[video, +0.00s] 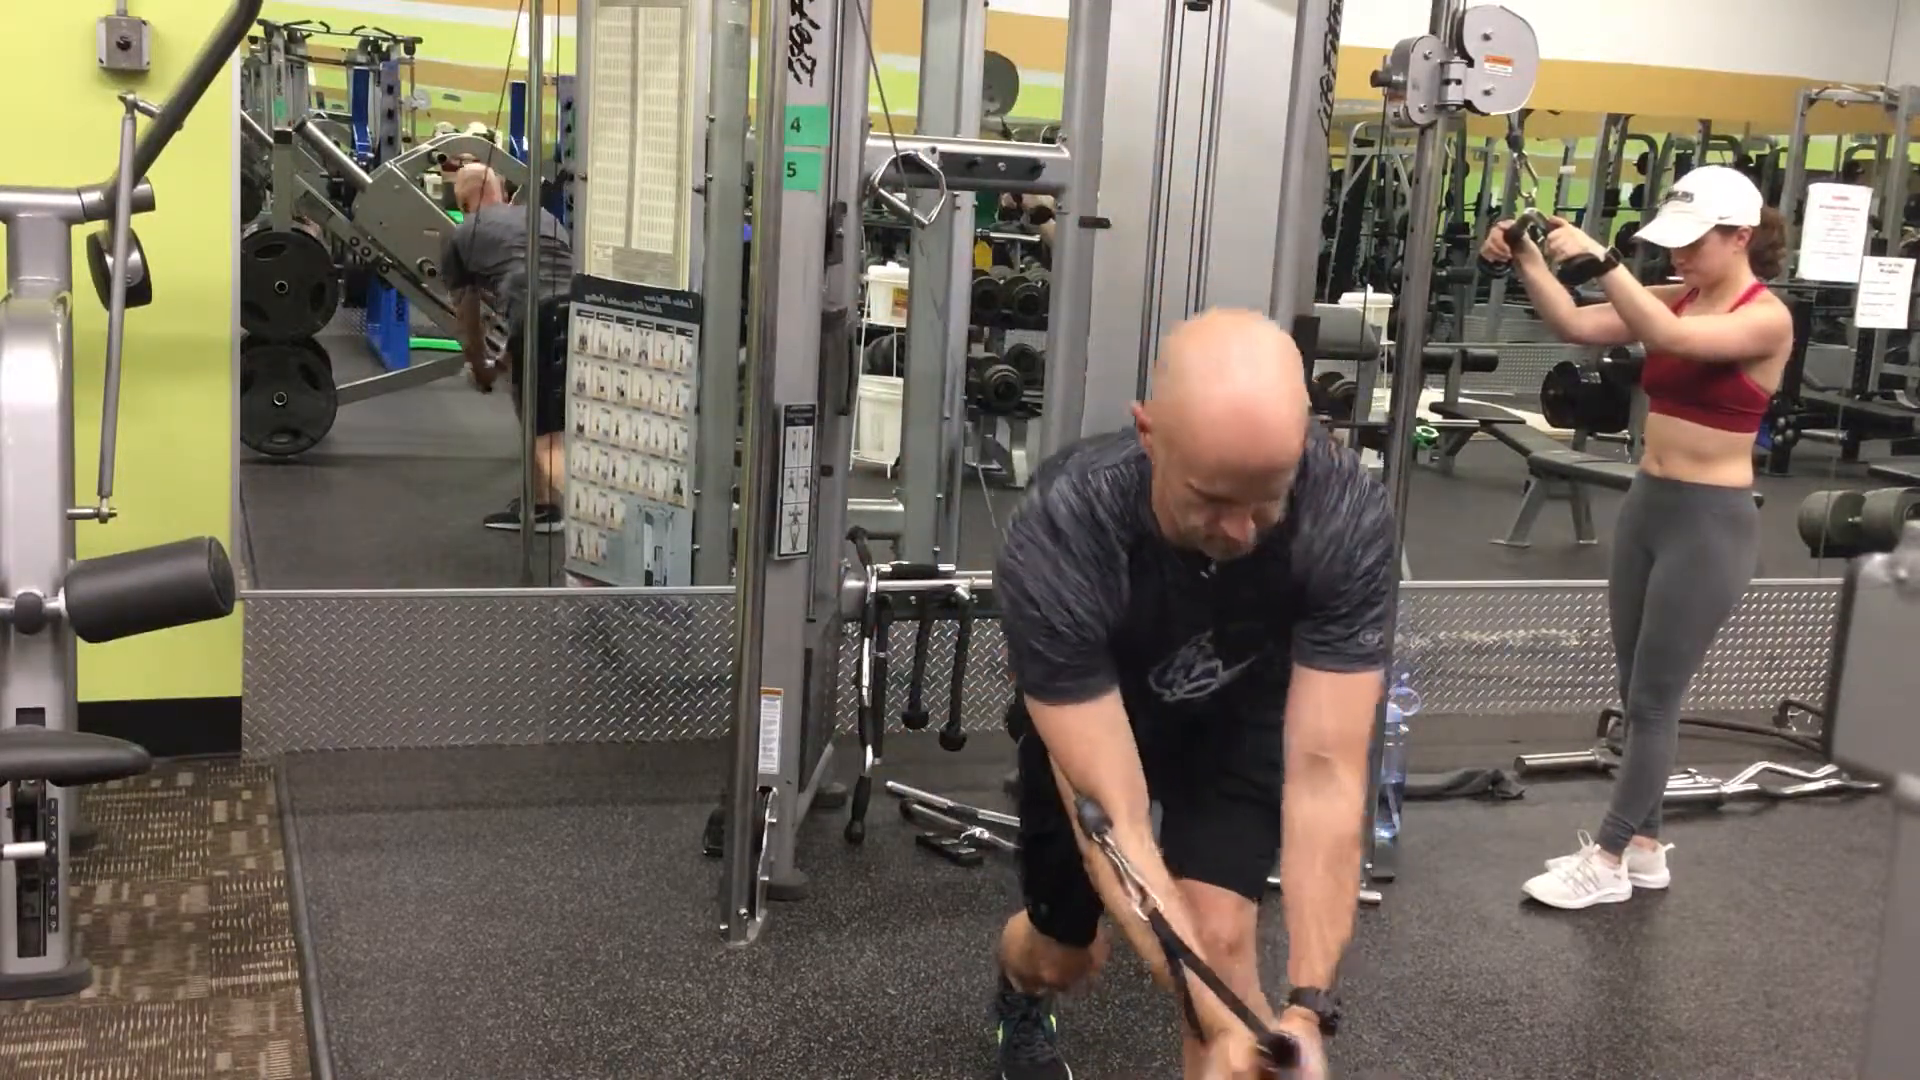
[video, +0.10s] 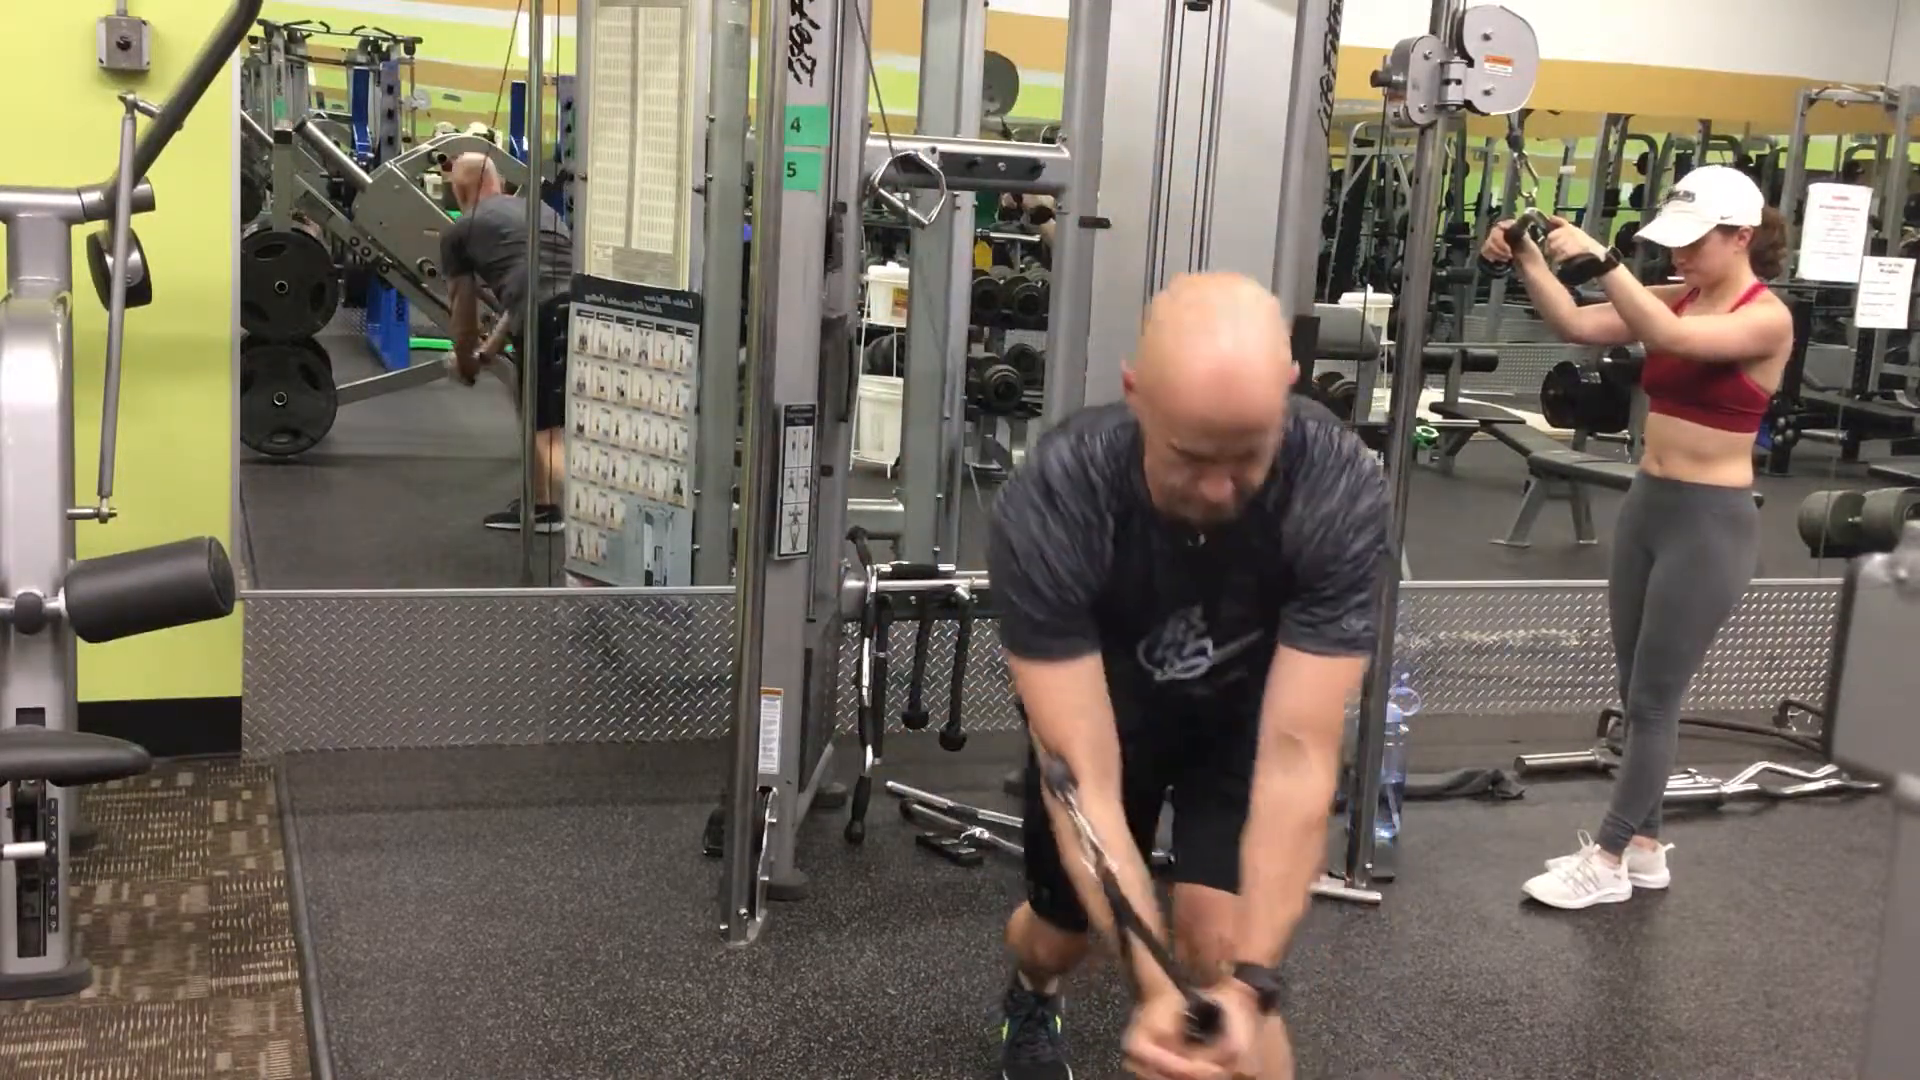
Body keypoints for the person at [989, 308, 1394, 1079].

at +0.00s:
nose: (1241, 530)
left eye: (1267, 499)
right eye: (1210, 500)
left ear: (1298, 444)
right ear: (1146, 434)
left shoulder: (1346, 518)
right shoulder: (1058, 535)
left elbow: (1328, 770)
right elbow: (1109, 821)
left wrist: (1310, 1004)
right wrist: (1222, 1022)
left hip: (1235, 721)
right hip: (1090, 707)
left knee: (1219, 940)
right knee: (1067, 960)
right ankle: (1020, 992)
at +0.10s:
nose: (1222, 489)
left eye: (1248, 455)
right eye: (1191, 459)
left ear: (1287, 384)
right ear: (1132, 393)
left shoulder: (1340, 495)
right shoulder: (1052, 500)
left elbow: (1300, 753)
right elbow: (1079, 780)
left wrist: (1253, 979)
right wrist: (1156, 987)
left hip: (1241, 732)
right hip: (1105, 723)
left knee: (1221, 953)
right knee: (1058, 944)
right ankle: (1033, 997)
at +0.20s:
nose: (1194, 449)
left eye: (1226, 420)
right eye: (1166, 414)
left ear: (1279, 356)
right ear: (1121, 351)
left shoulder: (1334, 475)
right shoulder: (1046, 466)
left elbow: (1269, 734)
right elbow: (1051, 738)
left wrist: (1187, 945)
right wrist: (1087, 931)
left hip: (1251, 715)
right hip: (1109, 705)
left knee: (1230, 960)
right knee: (1054, 923)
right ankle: (1044, 995)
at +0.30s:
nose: (1167, 406)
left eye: (1202, 378)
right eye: (1142, 370)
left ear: (1261, 333)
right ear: (1108, 316)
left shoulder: (1322, 453)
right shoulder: (1033, 436)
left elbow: (1236, 707)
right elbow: (1023, 696)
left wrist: (1124, 907)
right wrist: (1035, 888)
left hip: (1267, 694)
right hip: (1107, 686)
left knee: (1222, 947)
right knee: (1054, 900)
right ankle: (1061, 1004)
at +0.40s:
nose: (1139, 370)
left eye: (1173, 343)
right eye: (1117, 336)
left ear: (1242, 305)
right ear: (1092, 295)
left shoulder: (1304, 426)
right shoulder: (1023, 411)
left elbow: (1207, 681)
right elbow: (999, 655)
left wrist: (1076, 865)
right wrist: (998, 834)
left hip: (1265, 683)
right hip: (1099, 671)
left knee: (1221, 954)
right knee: (1068, 880)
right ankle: (1089, 1007)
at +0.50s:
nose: (1109, 336)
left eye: (1145, 311)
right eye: (1091, 302)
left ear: (1219, 274)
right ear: (1071, 260)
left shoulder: (1291, 403)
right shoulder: (1022, 378)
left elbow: (1181, 655)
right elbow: (980, 616)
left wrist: (1032, 823)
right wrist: (962, 797)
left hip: (1262, 672)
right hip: (1102, 653)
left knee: (1219, 946)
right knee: (1060, 874)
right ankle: (1114, 1012)